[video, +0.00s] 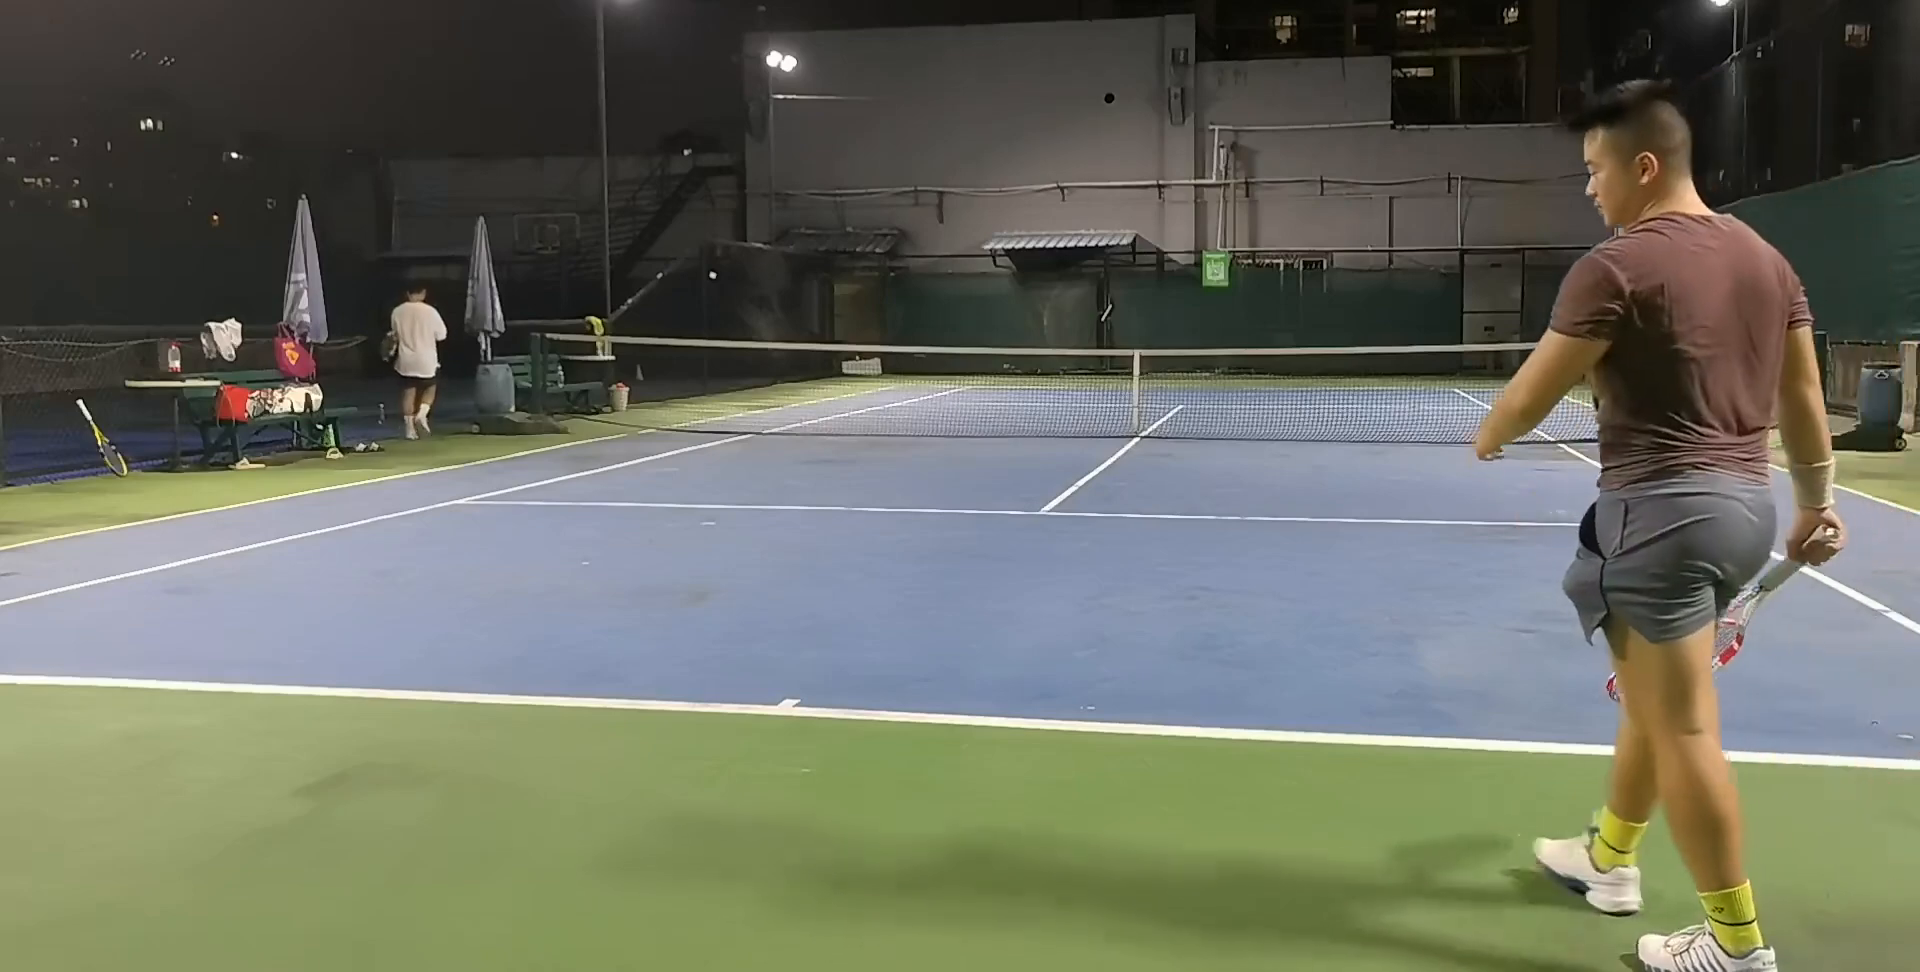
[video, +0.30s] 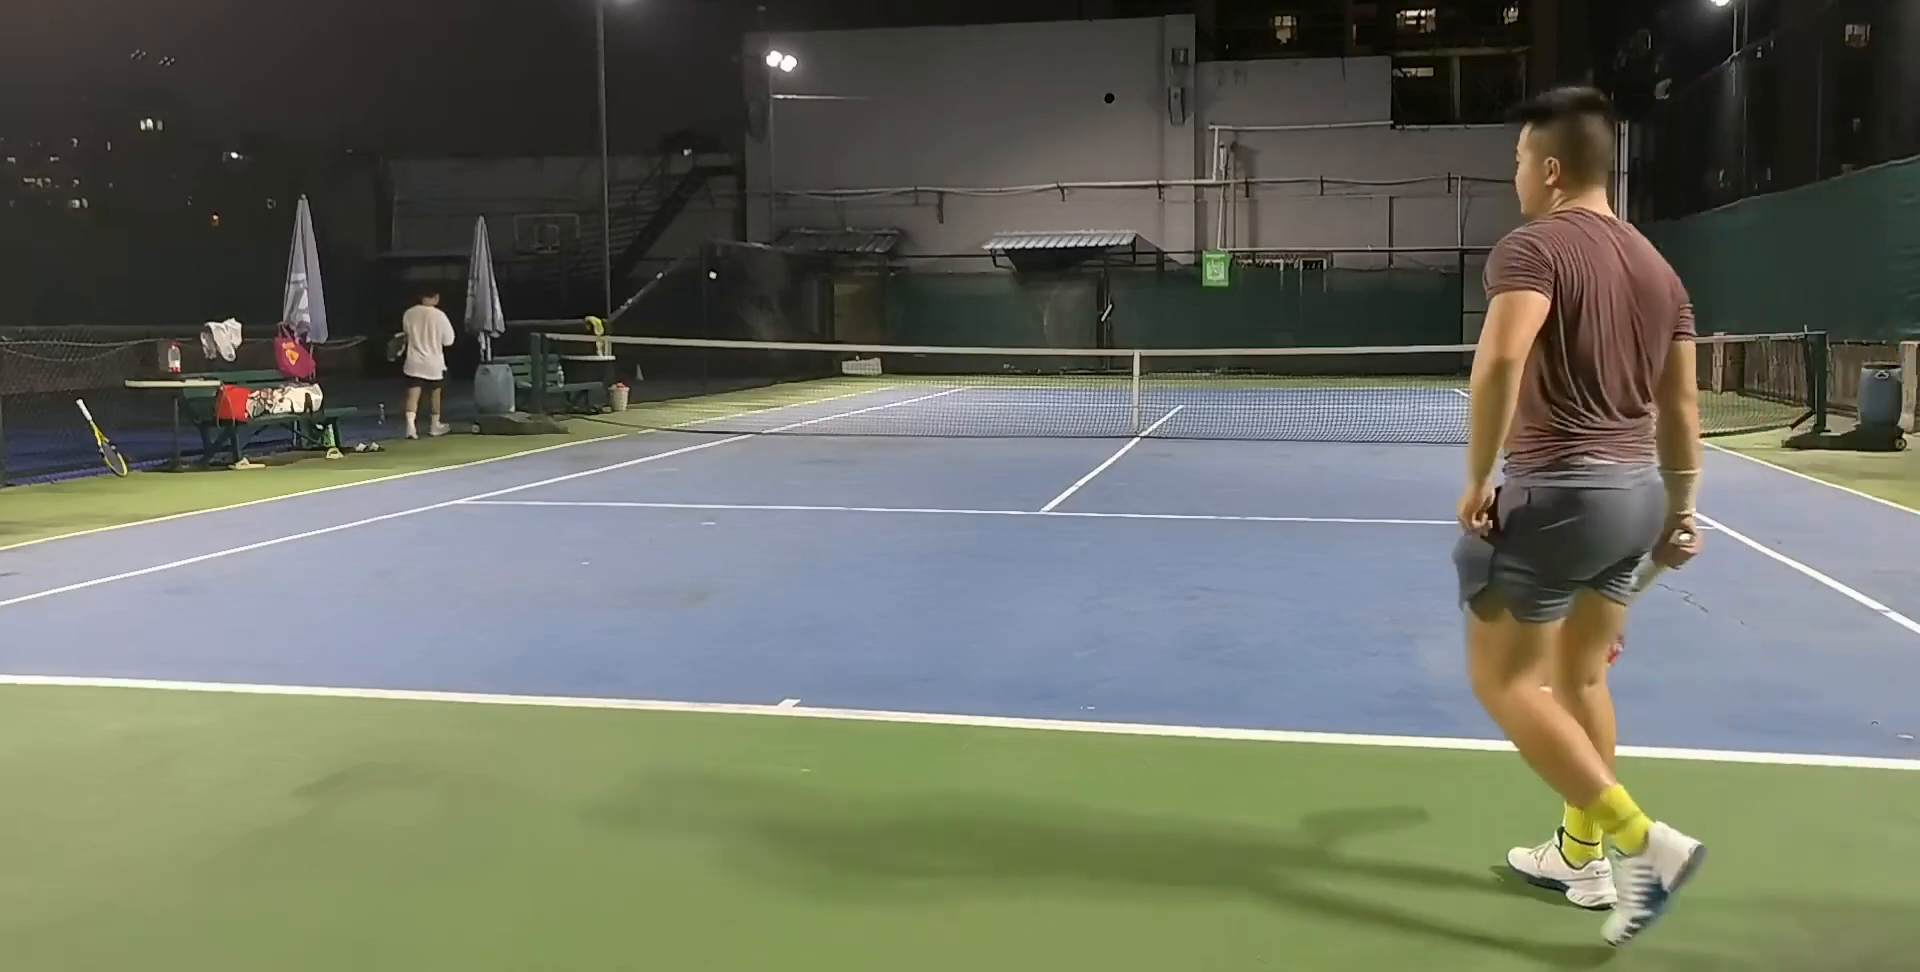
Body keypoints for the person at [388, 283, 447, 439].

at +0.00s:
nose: (422, 297)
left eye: (420, 294)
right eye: (423, 294)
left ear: (407, 294)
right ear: (424, 293)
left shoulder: (397, 311)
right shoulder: (430, 311)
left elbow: (395, 333)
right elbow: (441, 334)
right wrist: (426, 328)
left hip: (405, 362)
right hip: (427, 362)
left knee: (408, 391)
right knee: (430, 386)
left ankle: (410, 429)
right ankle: (422, 413)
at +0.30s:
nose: (438, 300)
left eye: (437, 297)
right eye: (437, 297)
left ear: (421, 297)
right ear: (434, 298)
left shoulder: (409, 313)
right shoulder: (439, 315)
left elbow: (406, 333)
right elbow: (448, 340)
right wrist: (433, 334)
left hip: (413, 362)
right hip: (434, 363)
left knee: (412, 394)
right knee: (436, 392)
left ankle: (410, 427)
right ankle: (435, 425)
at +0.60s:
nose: (453, 298)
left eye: (453, 295)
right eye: (453, 295)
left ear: (437, 294)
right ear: (451, 295)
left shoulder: (425, 311)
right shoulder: (454, 313)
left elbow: (423, 331)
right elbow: (463, 337)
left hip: (428, 360)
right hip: (447, 362)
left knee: (432, 387)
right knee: (444, 394)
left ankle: (426, 414)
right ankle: (437, 424)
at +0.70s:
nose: (458, 297)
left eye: (457, 295)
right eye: (458, 295)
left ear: (441, 295)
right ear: (455, 295)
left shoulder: (430, 311)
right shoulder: (457, 313)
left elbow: (429, 331)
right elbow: (467, 336)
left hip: (433, 358)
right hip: (450, 360)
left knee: (440, 389)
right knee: (445, 391)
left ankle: (440, 419)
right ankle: (438, 423)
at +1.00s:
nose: (472, 297)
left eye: (471, 294)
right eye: (470, 294)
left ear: (456, 296)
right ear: (467, 296)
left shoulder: (448, 313)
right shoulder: (471, 313)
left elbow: (447, 332)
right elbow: (482, 333)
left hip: (452, 357)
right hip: (469, 358)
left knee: (460, 388)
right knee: (469, 390)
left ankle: (460, 420)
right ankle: (452, 409)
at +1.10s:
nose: (479, 294)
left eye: (478, 291)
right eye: (478, 291)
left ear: (463, 292)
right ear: (475, 292)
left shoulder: (454, 311)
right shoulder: (478, 312)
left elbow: (453, 330)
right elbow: (487, 333)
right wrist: (489, 319)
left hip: (458, 357)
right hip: (475, 358)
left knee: (463, 385)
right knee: (476, 387)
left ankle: (460, 420)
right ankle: (468, 416)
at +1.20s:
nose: (487, 297)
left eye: (487, 294)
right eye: (487, 294)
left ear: (472, 293)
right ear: (484, 294)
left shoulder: (462, 311)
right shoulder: (484, 313)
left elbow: (462, 330)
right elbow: (494, 334)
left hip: (465, 360)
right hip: (483, 360)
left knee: (466, 388)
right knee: (486, 391)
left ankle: (460, 420)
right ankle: (487, 422)